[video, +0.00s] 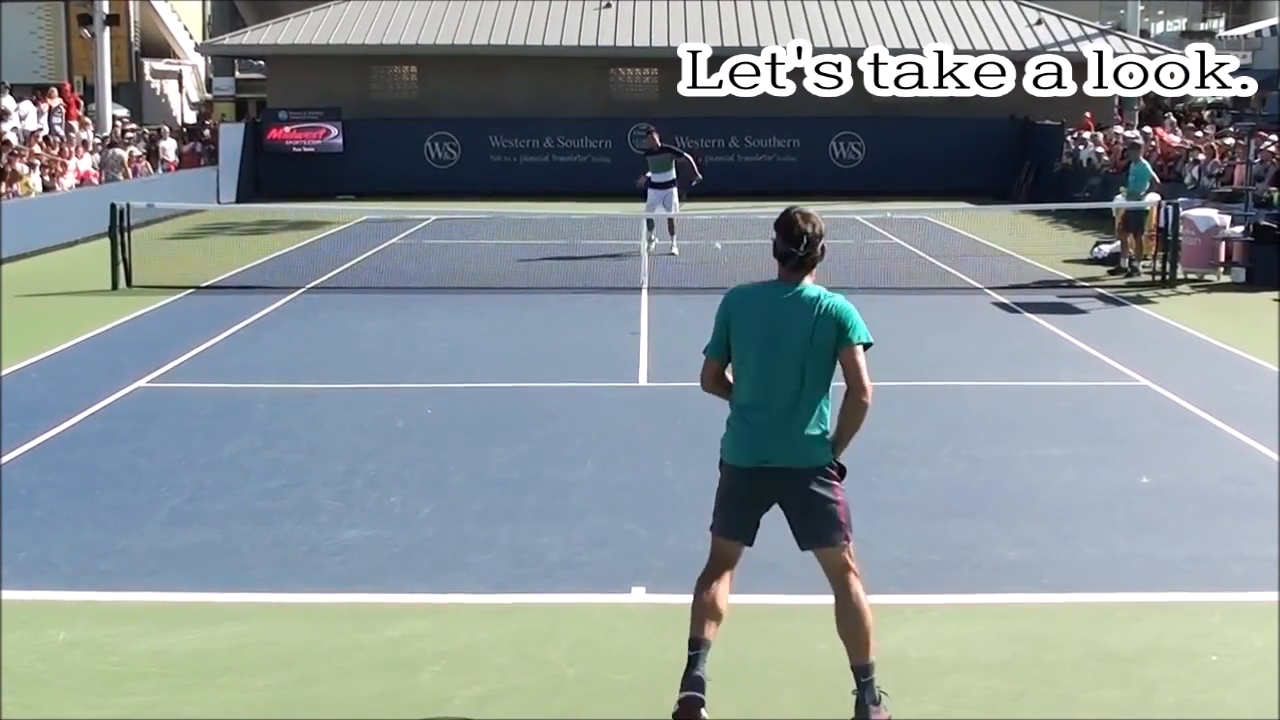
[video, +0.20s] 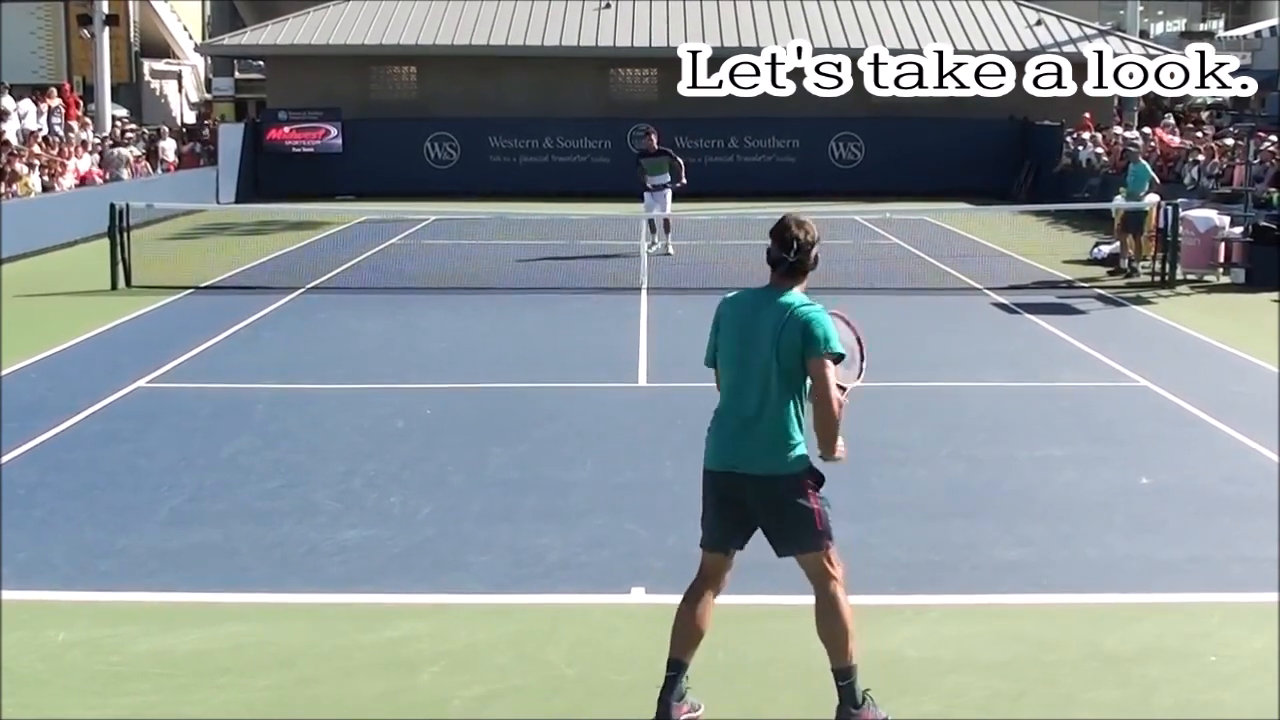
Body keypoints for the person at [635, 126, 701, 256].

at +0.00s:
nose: (653, 141)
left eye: (654, 137)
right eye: (650, 139)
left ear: (658, 137)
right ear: (647, 141)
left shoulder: (668, 150)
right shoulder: (648, 154)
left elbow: (688, 157)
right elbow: (652, 169)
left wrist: (697, 173)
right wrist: (646, 176)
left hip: (670, 188)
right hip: (653, 188)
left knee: (671, 216)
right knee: (648, 215)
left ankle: (673, 244)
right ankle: (651, 238)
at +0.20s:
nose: (650, 142)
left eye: (652, 139)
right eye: (648, 140)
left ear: (656, 140)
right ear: (645, 141)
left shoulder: (665, 153)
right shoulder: (641, 156)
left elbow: (679, 162)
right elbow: (640, 172)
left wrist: (682, 177)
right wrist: (645, 183)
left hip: (664, 186)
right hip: (649, 186)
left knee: (666, 215)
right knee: (649, 215)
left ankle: (668, 242)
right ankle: (654, 241)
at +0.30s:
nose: (651, 140)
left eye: (653, 137)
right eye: (649, 137)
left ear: (657, 138)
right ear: (645, 139)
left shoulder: (666, 151)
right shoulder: (641, 154)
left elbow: (676, 164)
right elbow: (638, 170)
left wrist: (675, 178)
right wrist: (645, 179)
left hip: (663, 186)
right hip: (648, 188)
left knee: (663, 214)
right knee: (647, 215)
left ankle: (661, 241)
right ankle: (651, 239)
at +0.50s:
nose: (652, 141)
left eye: (654, 138)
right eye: (650, 139)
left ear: (658, 140)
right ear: (646, 140)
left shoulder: (666, 155)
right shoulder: (640, 155)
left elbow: (672, 170)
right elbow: (637, 172)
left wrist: (666, 181)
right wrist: (641, 173)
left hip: (659, 190)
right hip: (643, 189)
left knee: (658, 217)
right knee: (637, 216)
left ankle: (657, 244)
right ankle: (639, 237)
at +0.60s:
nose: (651, 137)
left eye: (652, 135)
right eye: (648, 135)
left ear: (656, 136)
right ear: (645, 137)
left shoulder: (663, 151)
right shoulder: (639, 151)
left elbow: (669, 167)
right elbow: (634, 167)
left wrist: (662, 177)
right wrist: (639, 169)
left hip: (656, 188)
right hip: (641, 187)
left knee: (657, 217)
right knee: (634, 215)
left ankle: (656, 244)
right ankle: (631, 238)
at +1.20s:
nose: (643, 135)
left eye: (645, 132)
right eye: (641, 132)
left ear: (649, 135)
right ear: (636, 135)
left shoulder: (654, 151)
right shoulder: (629, 149)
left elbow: (657, 168)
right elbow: (622, 164)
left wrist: (651, 178)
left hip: (646, 185)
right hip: (630, 185)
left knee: (653, 214)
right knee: (622, 214)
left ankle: (659, 241)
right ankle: (613, 241)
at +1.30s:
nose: (643, 141)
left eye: (645, 139)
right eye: (641, 139)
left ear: (648, 142)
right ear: (635, 141)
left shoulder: (653, 157)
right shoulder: (629, 155)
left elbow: (655, 173)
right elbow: (625, 172)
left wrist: (652, 183)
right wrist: (635, 173)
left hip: (646, 187)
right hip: (632, 187)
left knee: (652, 214)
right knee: (621, 215)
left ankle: (650, 240)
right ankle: (610, 242)